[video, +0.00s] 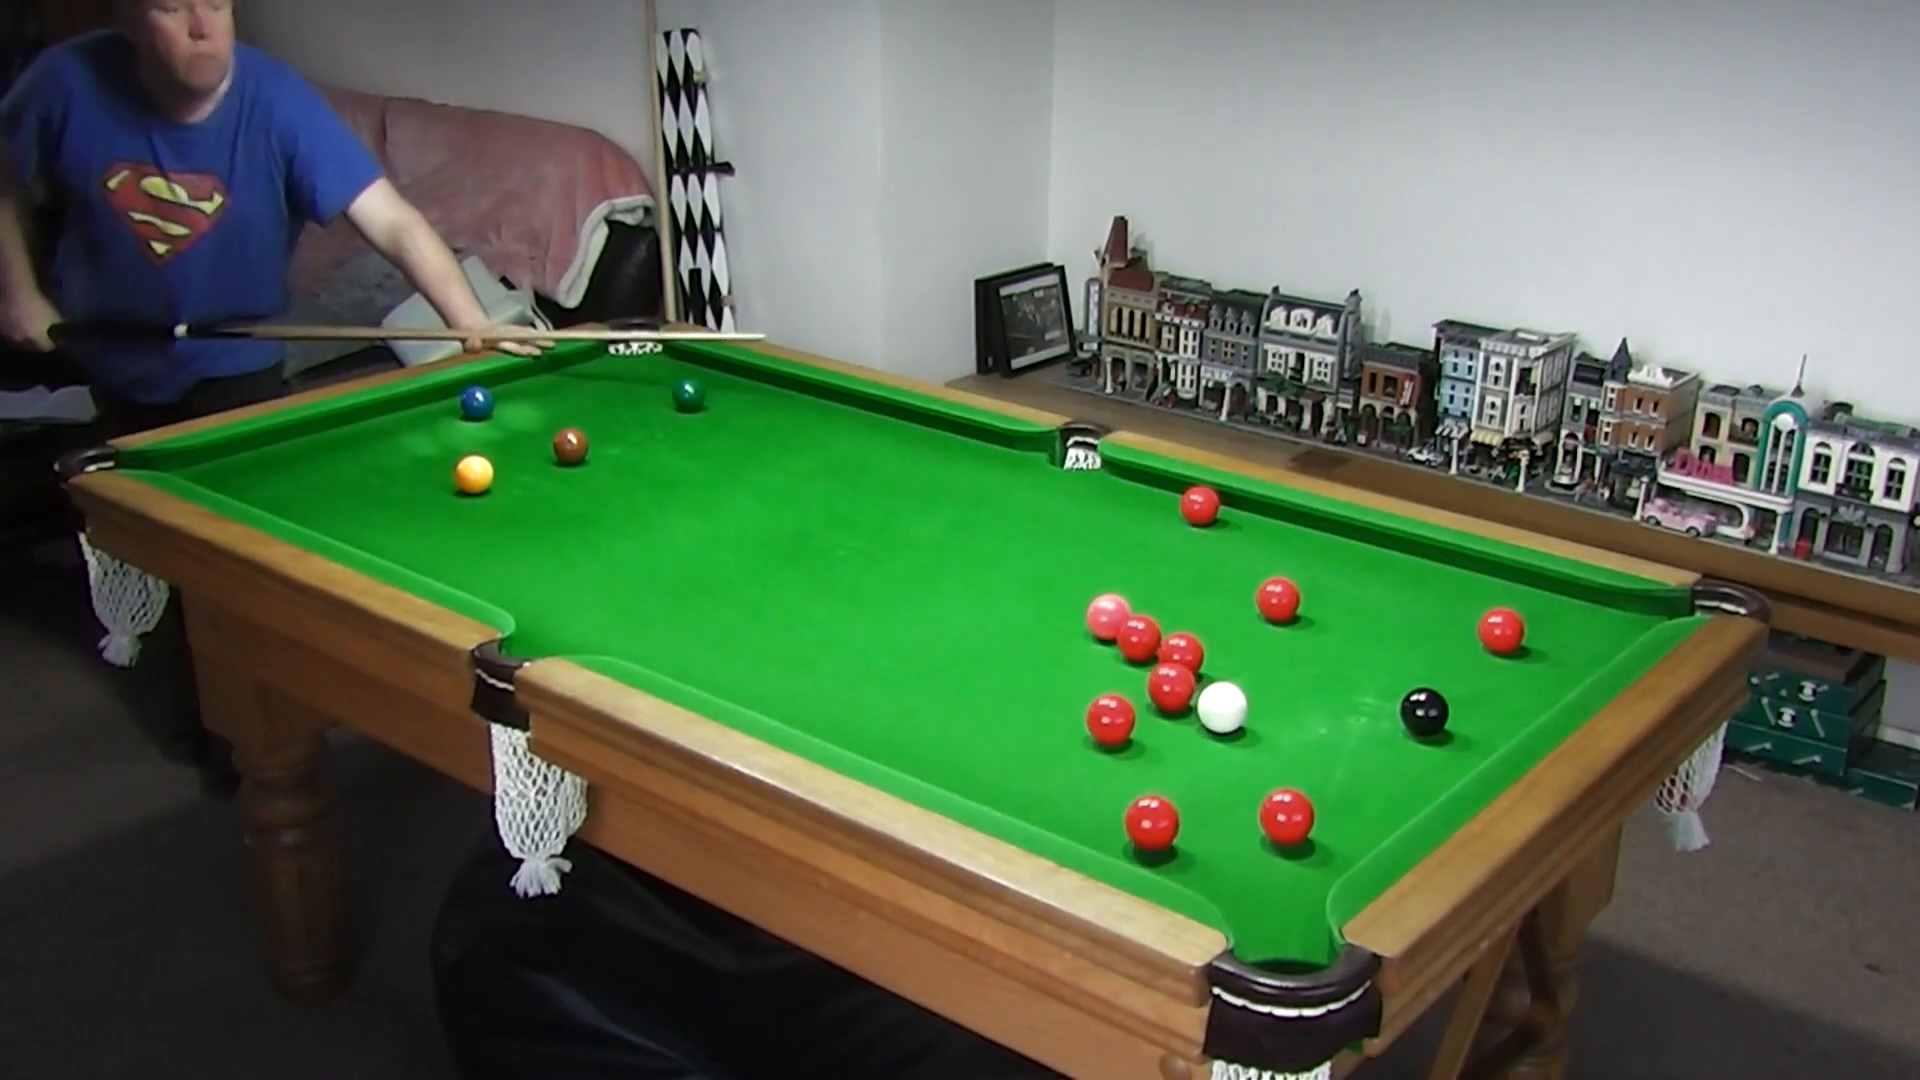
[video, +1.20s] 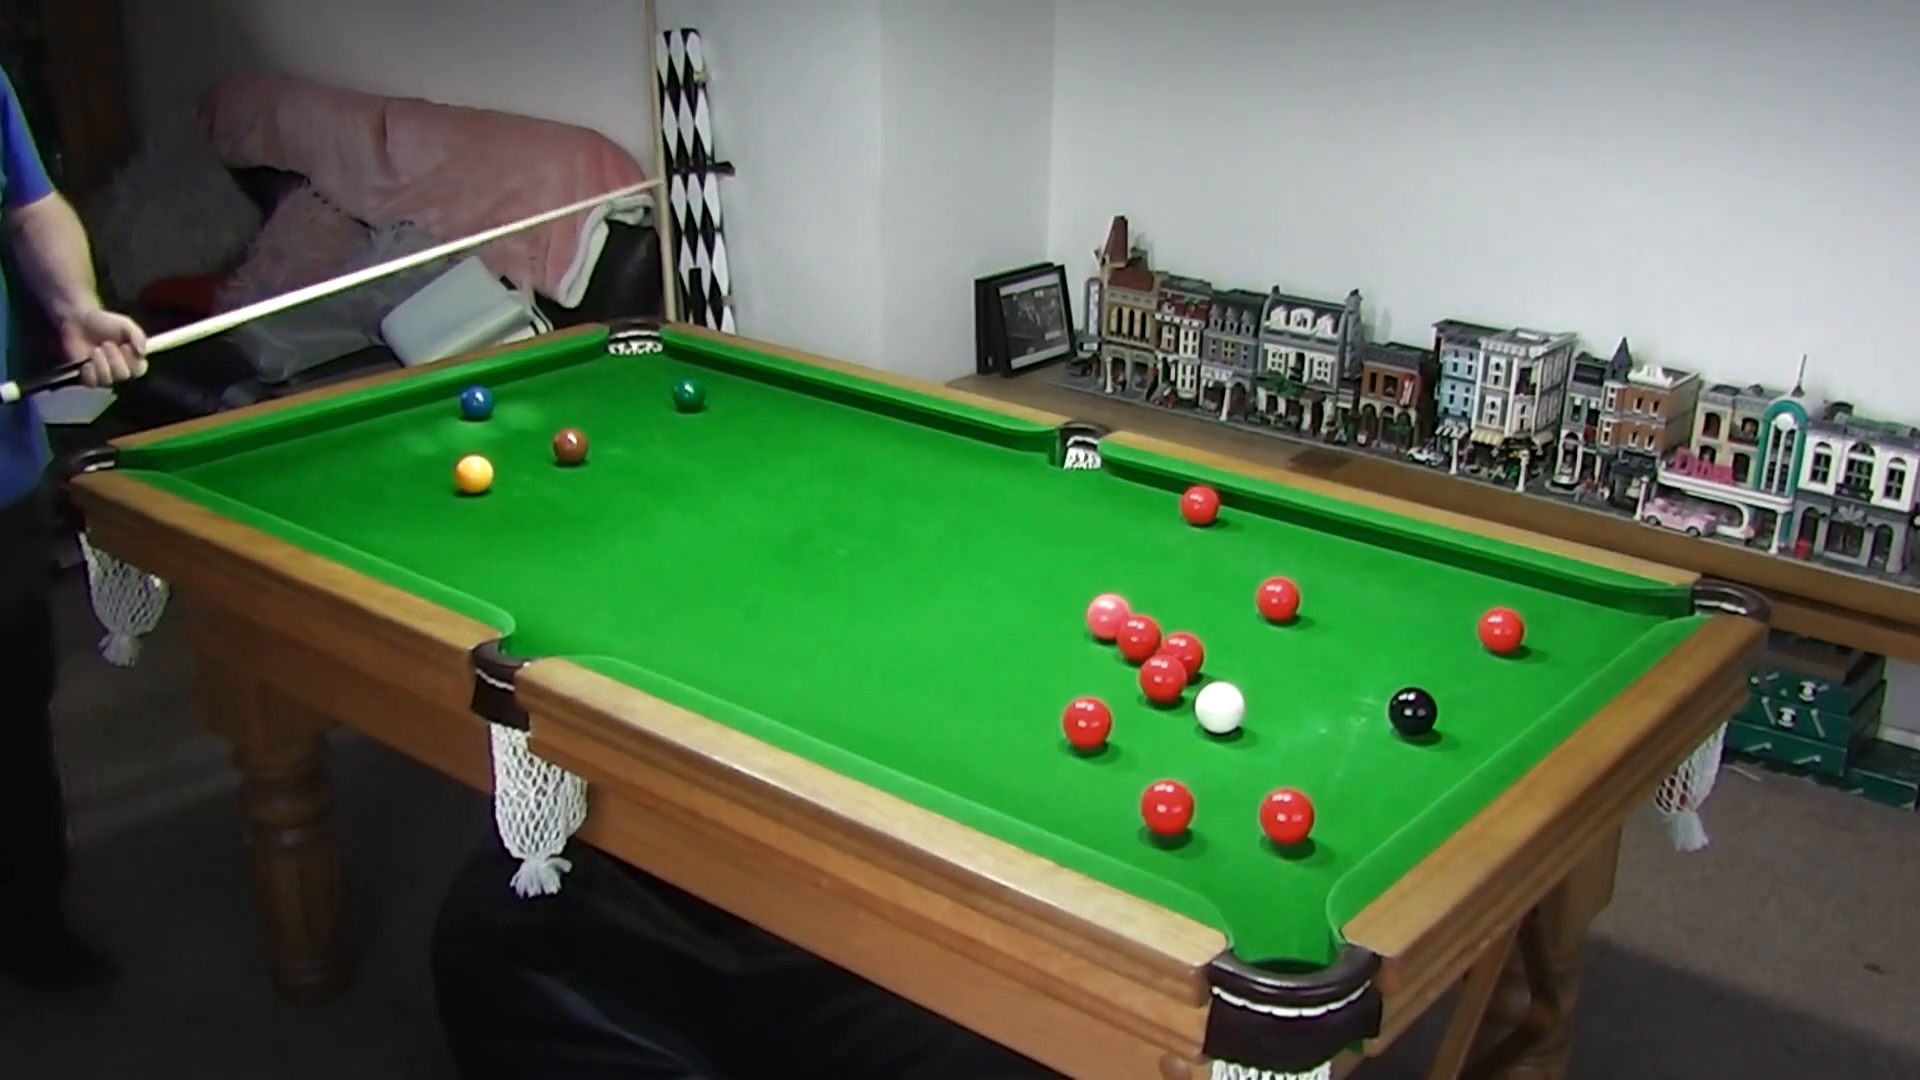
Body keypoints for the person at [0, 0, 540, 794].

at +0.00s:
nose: (204, 26)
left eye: (215, 5)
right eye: (175, 9)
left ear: (233, 10)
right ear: (131, 21)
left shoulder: (277, 101)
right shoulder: (64, 85)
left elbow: (394, 222)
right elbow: (7, 189)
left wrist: (475, 326)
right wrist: (20, 290)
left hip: (236, 361)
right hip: (96, 361)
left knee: (243, 548)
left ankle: (238, 720)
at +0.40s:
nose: (101, 7)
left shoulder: (210, 59)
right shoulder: (12, 66)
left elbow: (333, 180)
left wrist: (410, 289)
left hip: (203, 399)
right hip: (44, 405)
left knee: (223, 593)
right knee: (41, 604)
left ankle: (222, 735)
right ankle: (69, 742)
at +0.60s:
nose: (30, 4)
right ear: (3, 5)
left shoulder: (152, 57)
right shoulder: (8, 88)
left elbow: (238, 173)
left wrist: (276, 271)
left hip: (152, 405)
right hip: (19, 420)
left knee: (186, 597)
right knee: (9, 636)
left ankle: (210, 741)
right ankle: (5, 825)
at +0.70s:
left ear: (19, 5)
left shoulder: (101, 67)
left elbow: (182, 191)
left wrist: (206, 292)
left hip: (126, 424)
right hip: (13, 445)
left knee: (170, 604)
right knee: (7, 662)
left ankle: (209, 745)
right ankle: (3, 835)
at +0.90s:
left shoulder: (28, 60)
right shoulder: (31, 62)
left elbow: (88, 203)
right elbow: (91, 208)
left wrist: (105, 299)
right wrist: (106, 295)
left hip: (47, 427)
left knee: (103, 613)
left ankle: (153, 738)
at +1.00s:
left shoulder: (12, 63)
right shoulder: (19, 66)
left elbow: (66, 203)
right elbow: (68, 204)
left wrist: (93, 300)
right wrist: (94, 296)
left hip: (32, 443)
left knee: (72, 640)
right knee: (54, 639)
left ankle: (106, 789)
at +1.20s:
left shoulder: (2, 87)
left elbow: (33, 199)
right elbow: (39, 202)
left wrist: (76, 301)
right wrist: (75, 300)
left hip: (10, 473)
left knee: (22, 711)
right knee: (20, 715)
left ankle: (38, 925)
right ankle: (33, 927)